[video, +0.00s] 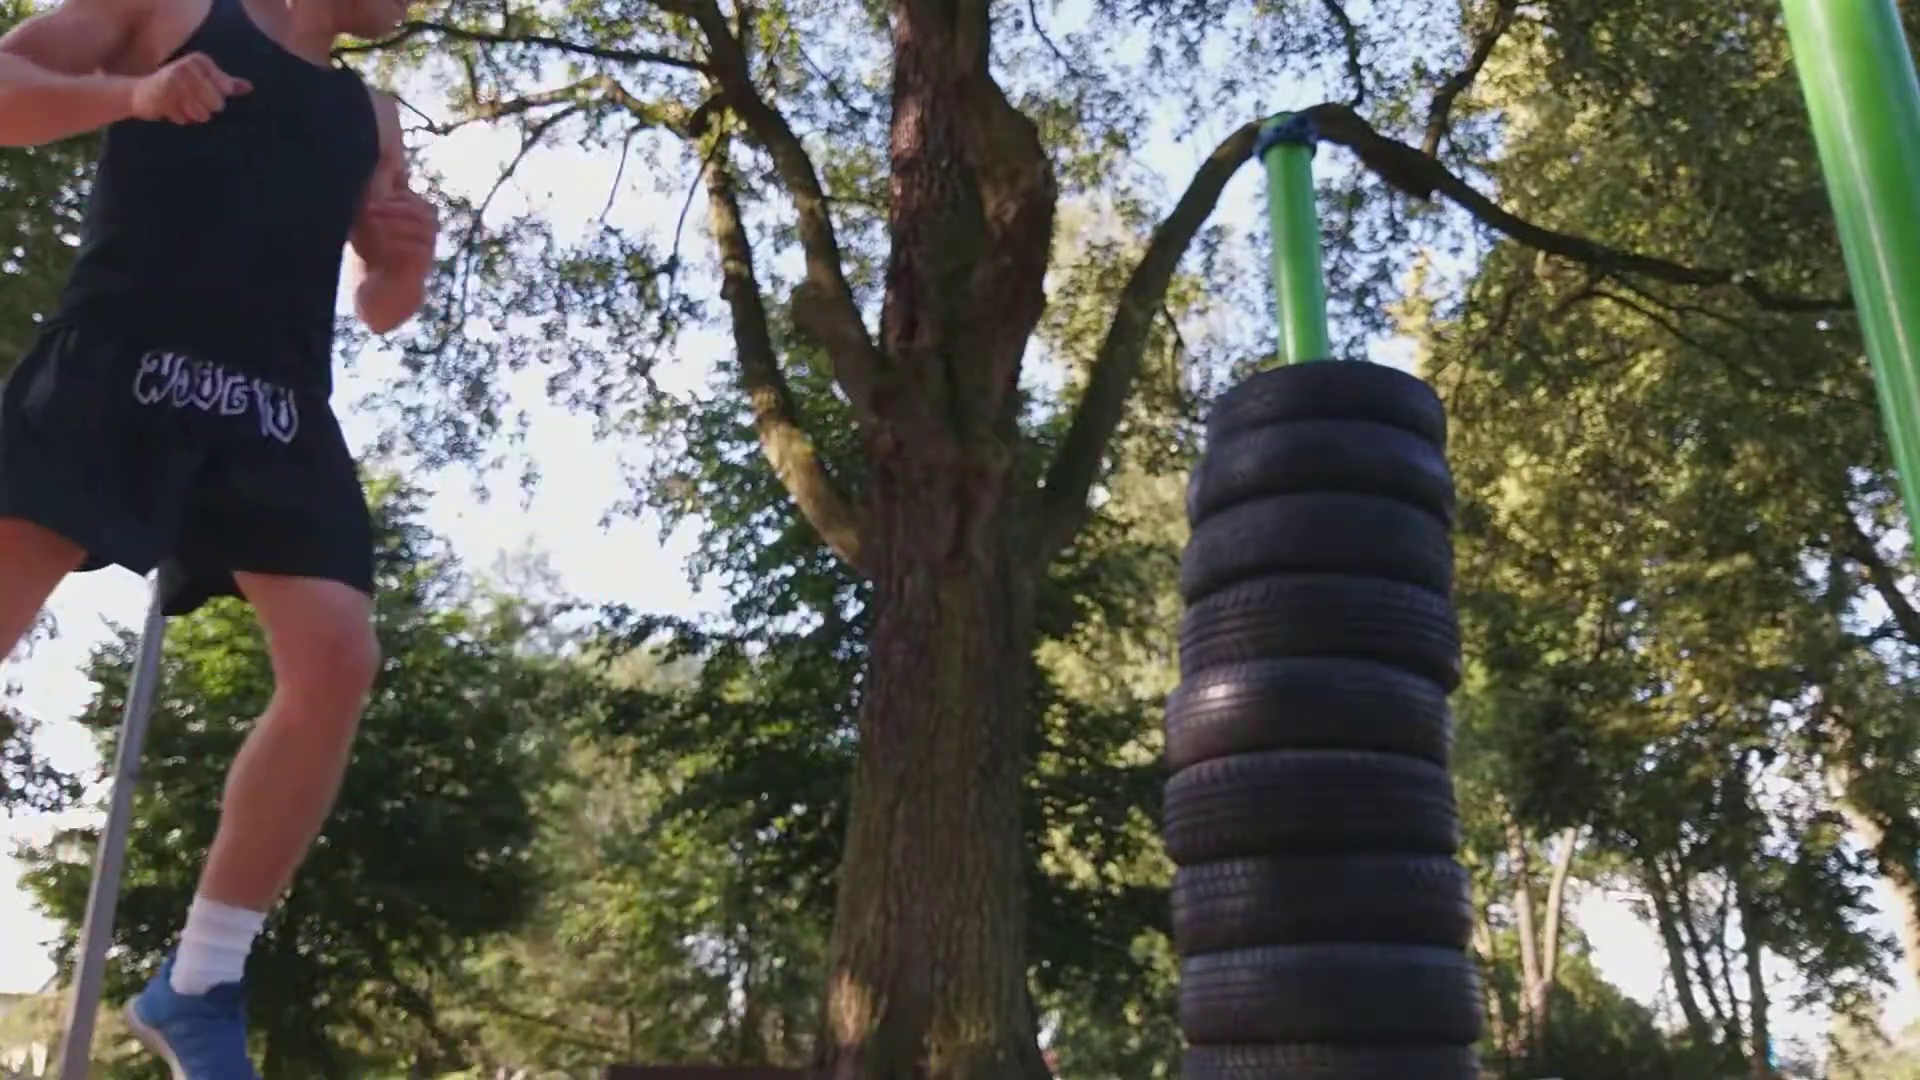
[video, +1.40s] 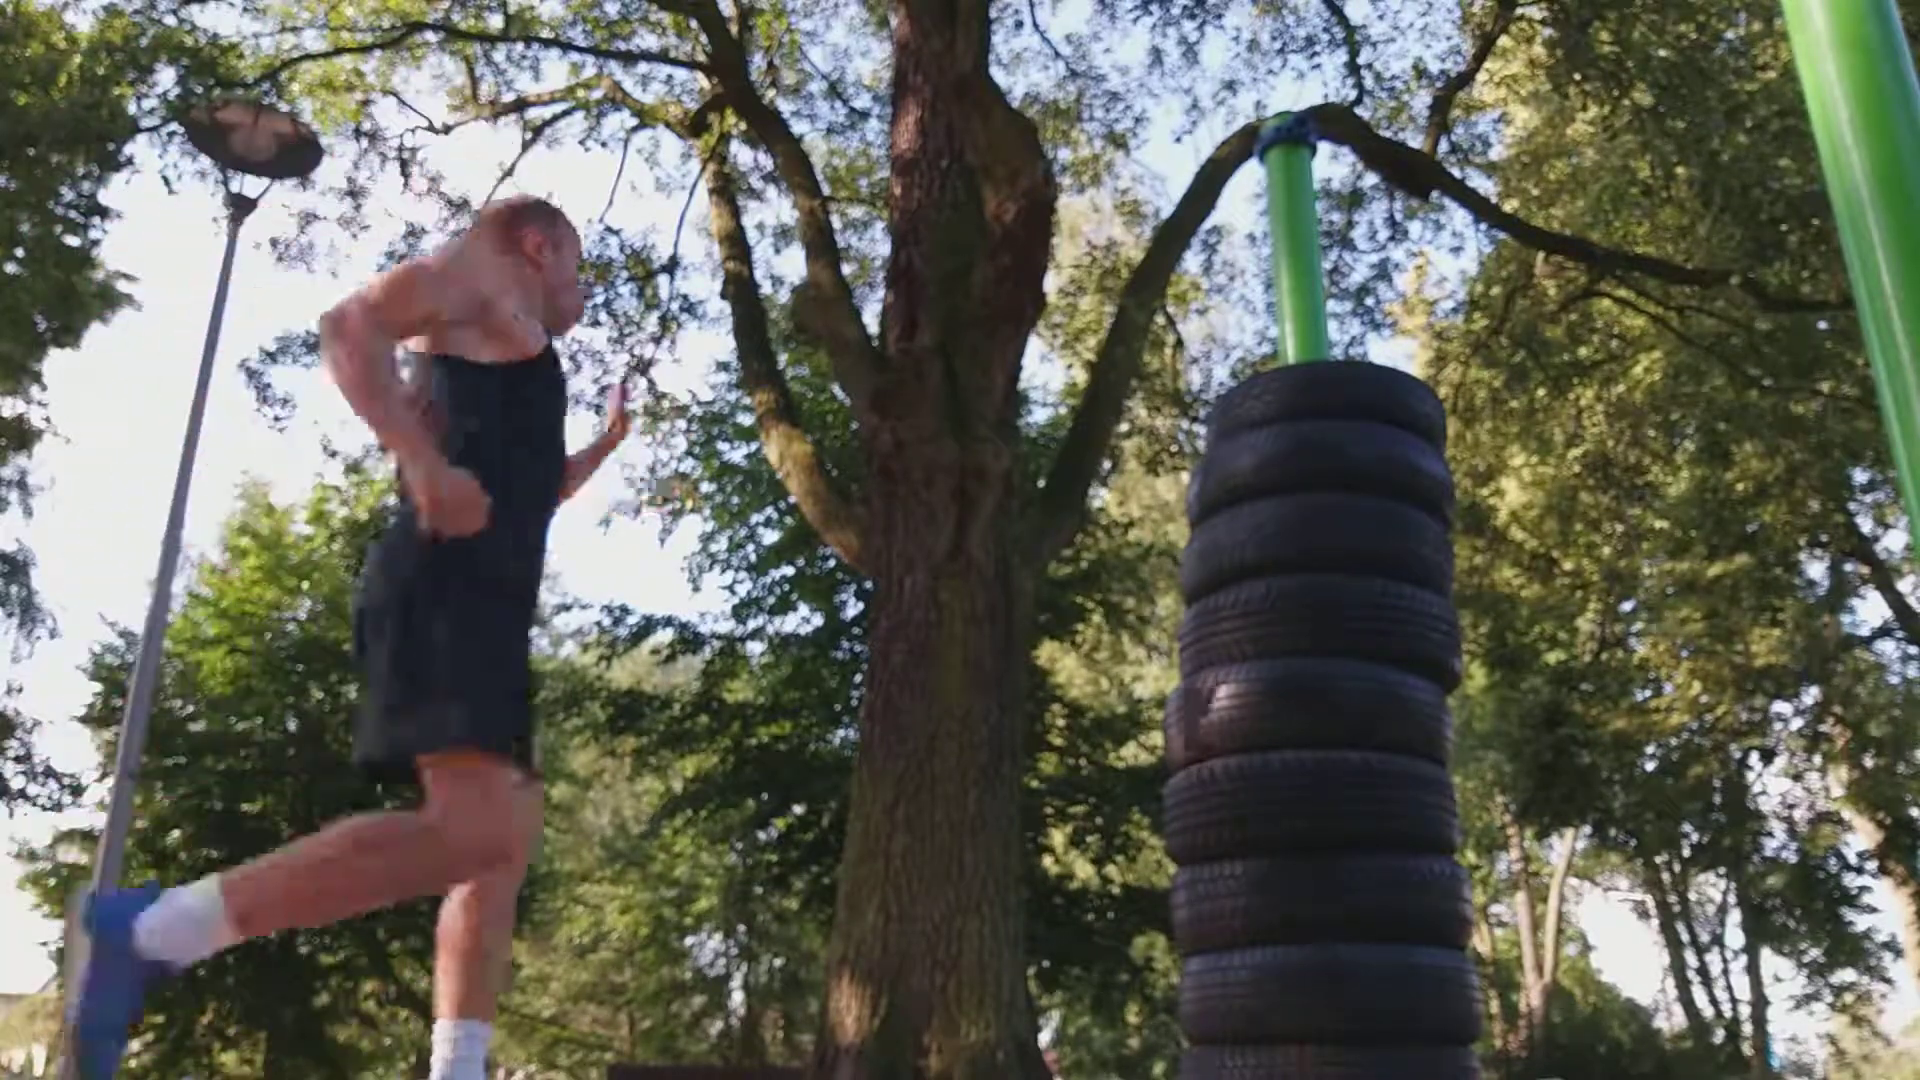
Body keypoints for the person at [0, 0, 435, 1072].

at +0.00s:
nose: (411, 5)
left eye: (414, 4)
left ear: (375, 12)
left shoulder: (369, 113)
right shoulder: (163, 10)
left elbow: (383, 310)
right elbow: (2, 93)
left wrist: (408, 256)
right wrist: (131, 93)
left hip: (278, 412)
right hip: (108, 373)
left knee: (336, 663)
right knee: (0, 616)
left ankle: (200, 983)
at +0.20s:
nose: (384, 87)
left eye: (386, 64)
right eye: (371, 53)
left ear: (306, 44)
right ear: (291, 28)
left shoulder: (310, 220)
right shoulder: (132, 85)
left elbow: (266, 392)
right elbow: (3, 166)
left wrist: (346, 387)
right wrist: (174, 220)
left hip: (199, 529)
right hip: (51, 482)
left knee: (292, 770)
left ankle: (99, 1040)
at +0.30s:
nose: (416, 92)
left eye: (422, 72)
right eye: (410, 62)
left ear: (348, 41)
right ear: (338, 29)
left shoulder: (325, 198)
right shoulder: (187, 81)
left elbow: (246, 365)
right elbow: (54, 180)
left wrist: (348, 368)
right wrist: (260, 224)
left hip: (244, 510)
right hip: (95, 476)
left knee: (344, 727)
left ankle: (192, 998)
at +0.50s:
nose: (454, 189)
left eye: (458, 169)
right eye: (445, 161)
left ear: (383, 150)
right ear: (376, 139)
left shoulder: (385, 310)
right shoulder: (241, 196)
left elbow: (401, 461)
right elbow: (115, 306)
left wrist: (465, 449)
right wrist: (308, 316)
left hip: (326, 582)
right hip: (198, 545)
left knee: (389, 821)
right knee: (48, 757)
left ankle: (316, 1067)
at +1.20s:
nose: (521, 201)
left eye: (528, 182)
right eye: (515, 173)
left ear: (457, 153)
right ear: (451, 146)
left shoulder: (467, 307)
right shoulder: (302, 204)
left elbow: (496, 456)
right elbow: (164, 327)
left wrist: (538, 487)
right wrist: (209, 448)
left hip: (369, 576)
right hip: (252, 537)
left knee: (462, 773)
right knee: (106, 753)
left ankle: (415, 1049)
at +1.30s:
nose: (552, 263)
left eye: (553, 243)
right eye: (544, 238)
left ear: (489, 227)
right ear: (493, 217)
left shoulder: (490, 374)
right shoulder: (361, 273)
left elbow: (548, 496)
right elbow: (197, 366)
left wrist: (651, 453)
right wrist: (206, 506)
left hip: (408, 636)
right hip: (312, 601)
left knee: (496, 828)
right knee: (172, 795)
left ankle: (466, 1068)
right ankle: (3, 984)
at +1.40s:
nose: (585, 286)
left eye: (587, 271)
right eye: (579, 264)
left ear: (532, 255)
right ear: (536, 243)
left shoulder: (525, 353)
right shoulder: (473, 270)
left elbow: (530, 496)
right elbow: (352, 324)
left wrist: (609, 439)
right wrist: (423, 462)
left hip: (489, 598)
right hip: (445, 582)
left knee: (503, 839)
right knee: (474, 831)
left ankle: (460, 1066)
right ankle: (148, 933)